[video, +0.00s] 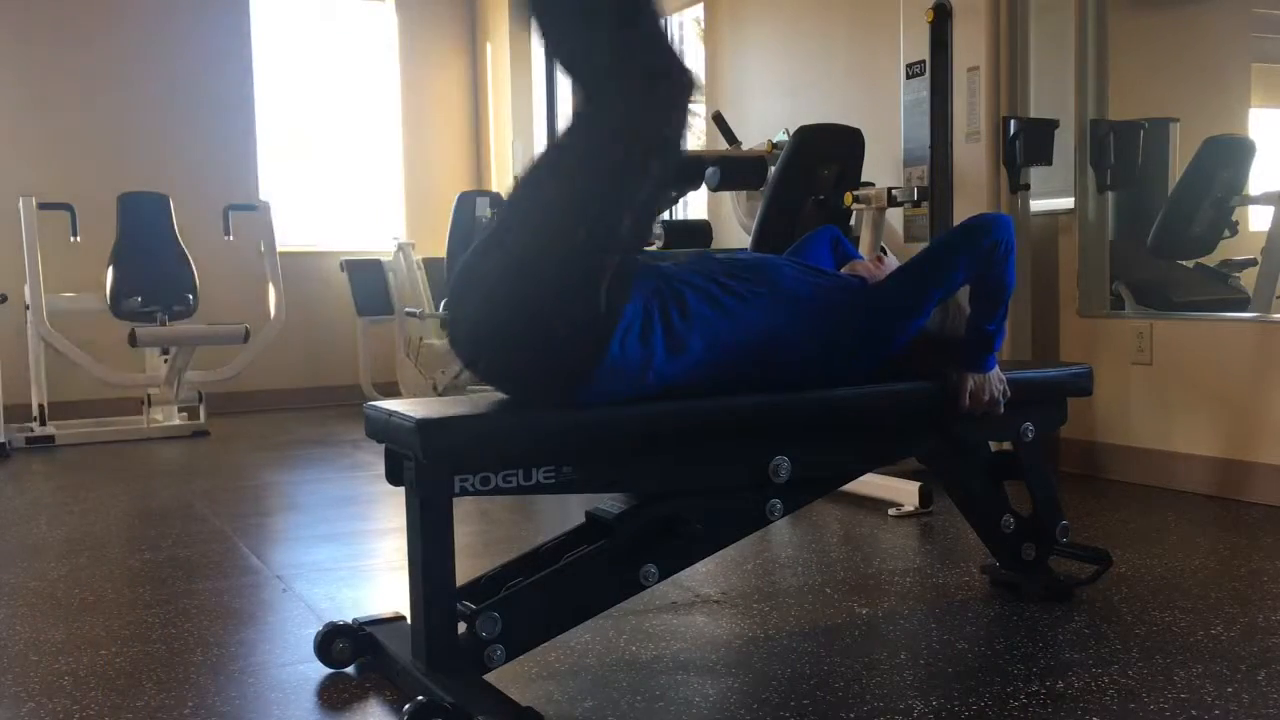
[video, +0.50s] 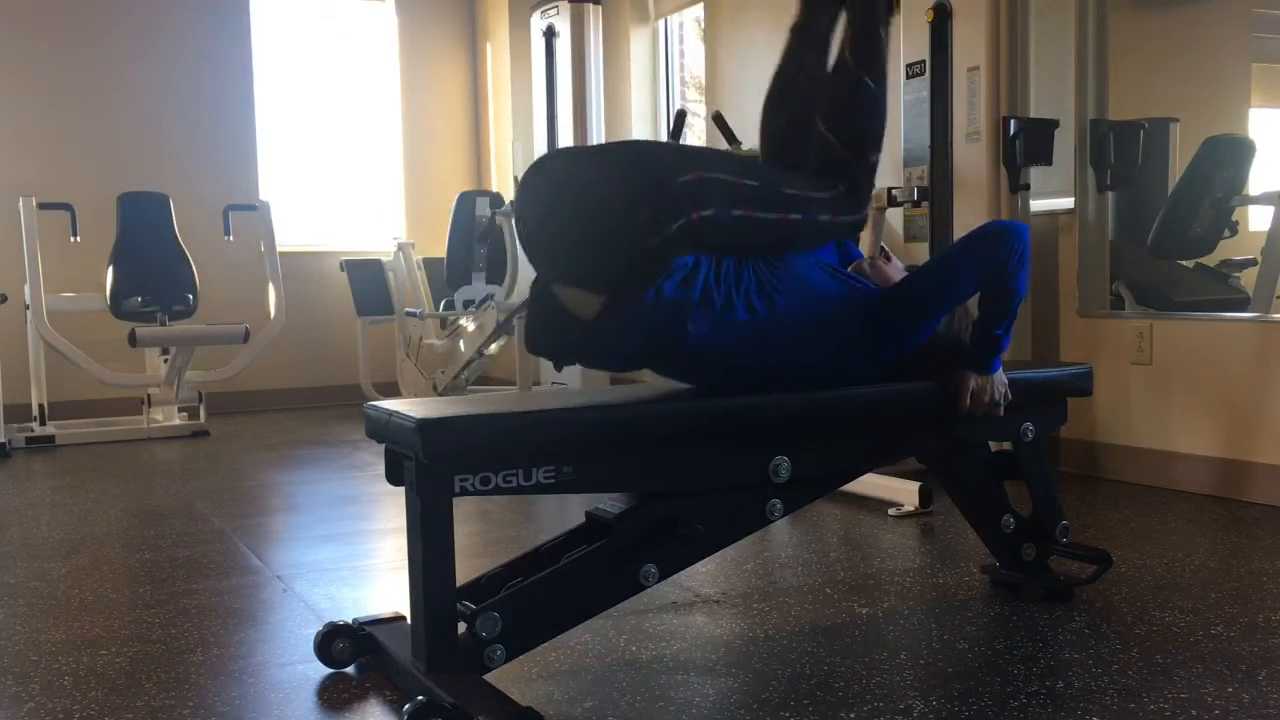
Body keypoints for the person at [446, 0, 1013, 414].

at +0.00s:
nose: (879, 258)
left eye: (896, 268)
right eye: (880, 253)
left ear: (913, 310)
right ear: (858, 266)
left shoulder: (869, 326)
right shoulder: (805, 282)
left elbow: (991, 231)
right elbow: (826, 226)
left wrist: (982, 354)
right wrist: (873, 269)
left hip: (556, 343)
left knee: (648, 81)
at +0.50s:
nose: (892, 258)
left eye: (904, 269)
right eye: (895, 258)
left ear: (917, 309)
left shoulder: (888, 326)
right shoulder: (838, 287)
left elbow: (1007, 239)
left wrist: (987, 359)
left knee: (838, 190)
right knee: (793, 172)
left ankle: (872, 8)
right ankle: (825, 3)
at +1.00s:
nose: (890, 254)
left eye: (902, 269)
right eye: (898, 257)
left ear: (910, 311)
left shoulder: (879, 330)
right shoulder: (839, 277)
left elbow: (998, 237)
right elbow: (817, 215)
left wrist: (1001, 352)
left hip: (607, 320)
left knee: (802, 181)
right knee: (776, 171)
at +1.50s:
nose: (877, 256)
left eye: (893, 269)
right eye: (882, 254)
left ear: (903, 313)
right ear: (859, 273)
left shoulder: (870, 331)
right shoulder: (808, 286)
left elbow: (989, 232)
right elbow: (827, 229)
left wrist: (998, 353)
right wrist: (870, 267)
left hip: (558, 349)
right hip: (527, 329)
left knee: (678, 127)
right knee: (681, 129)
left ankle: (533, 9)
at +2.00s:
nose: (870, 244)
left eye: (889, 249)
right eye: (870, 237)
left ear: (899, 298)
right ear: (850, 259)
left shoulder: (855, 329)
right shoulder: (800, 292)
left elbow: (992, 235)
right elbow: (824, 200)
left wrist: (986, 349)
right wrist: (870, 249)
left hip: (539, 356)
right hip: (531, 326)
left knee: (452, 64)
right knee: (451, 63)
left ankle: (156, 98)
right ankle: (169, 80)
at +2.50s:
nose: (873, 250)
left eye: (890, 259)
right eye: (876, 245)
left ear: (894, 294)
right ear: (856, 261)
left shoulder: (855, 323)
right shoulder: (787, 286)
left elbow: (983, 227)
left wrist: (984, 348)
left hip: (545, 350)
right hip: (525, 308)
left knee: (244, 216)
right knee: (272, 205)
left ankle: (39, 435)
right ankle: (172, 287)